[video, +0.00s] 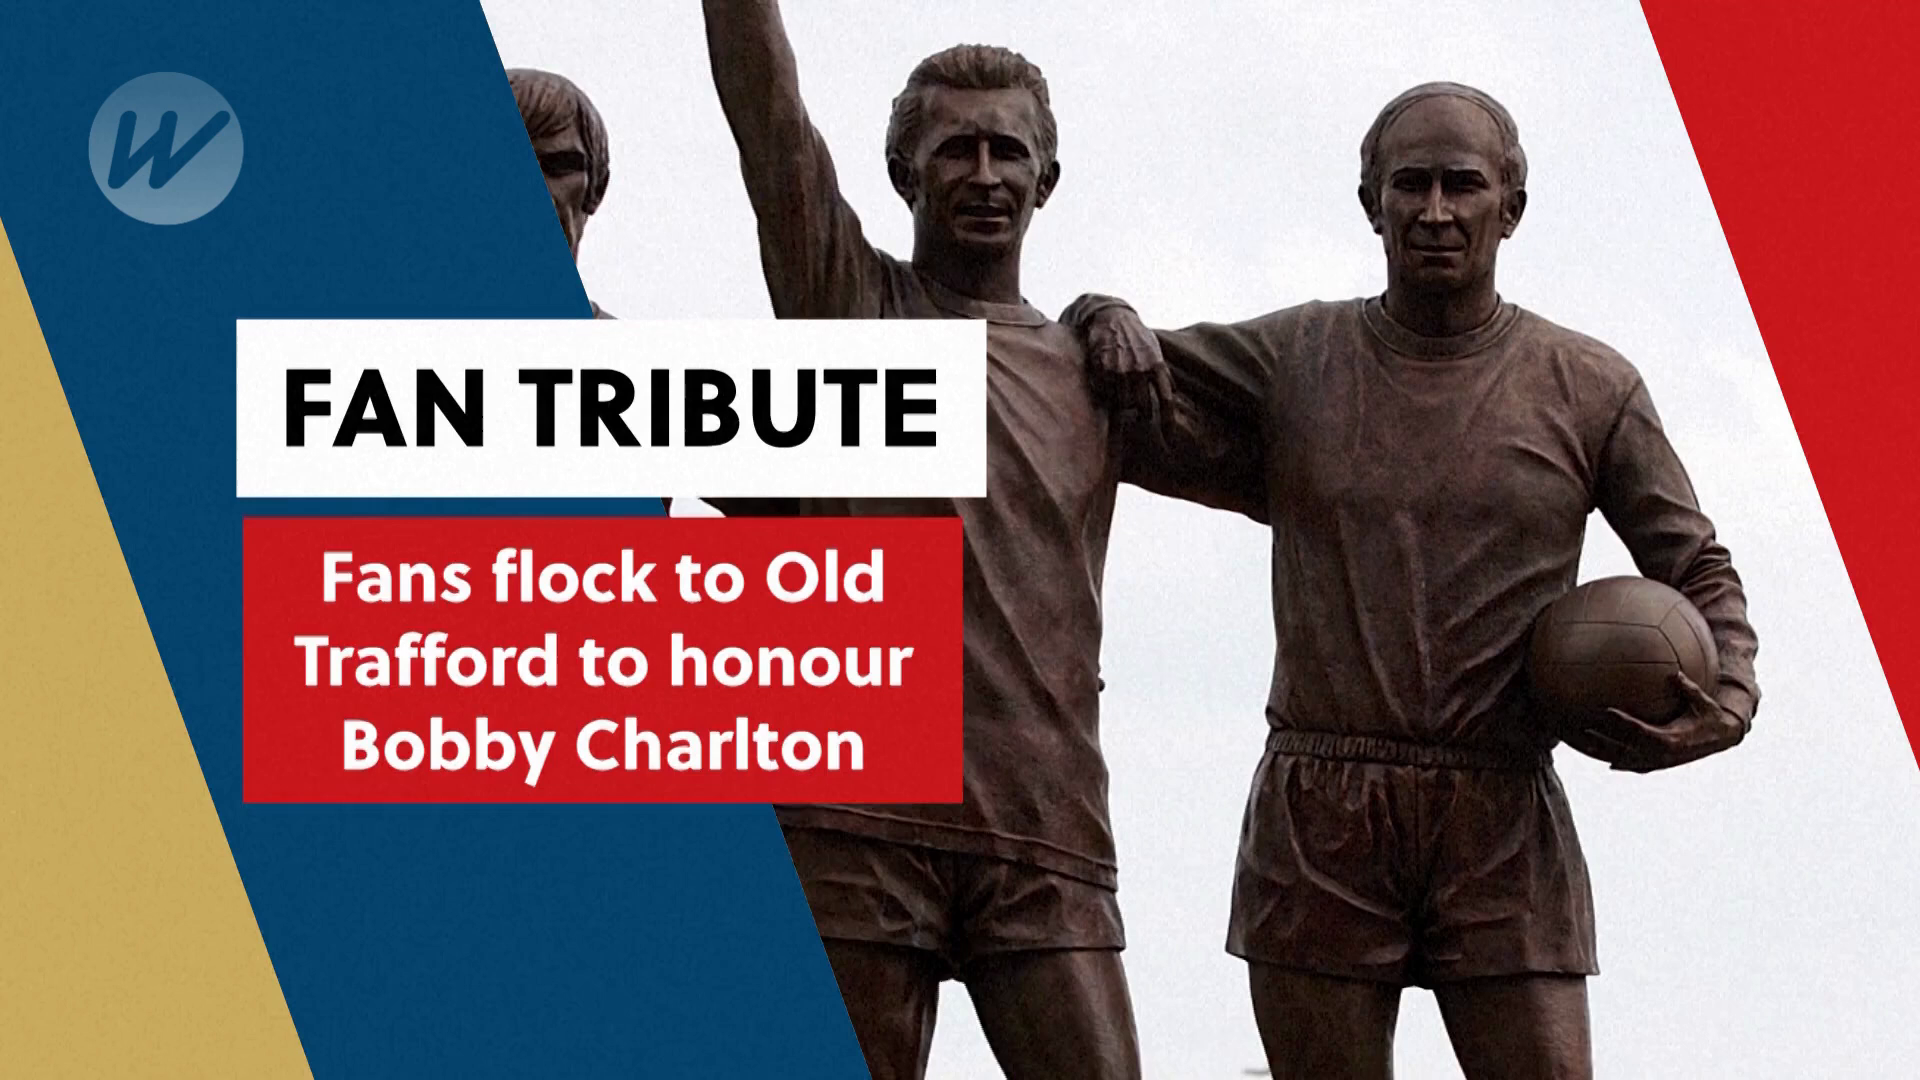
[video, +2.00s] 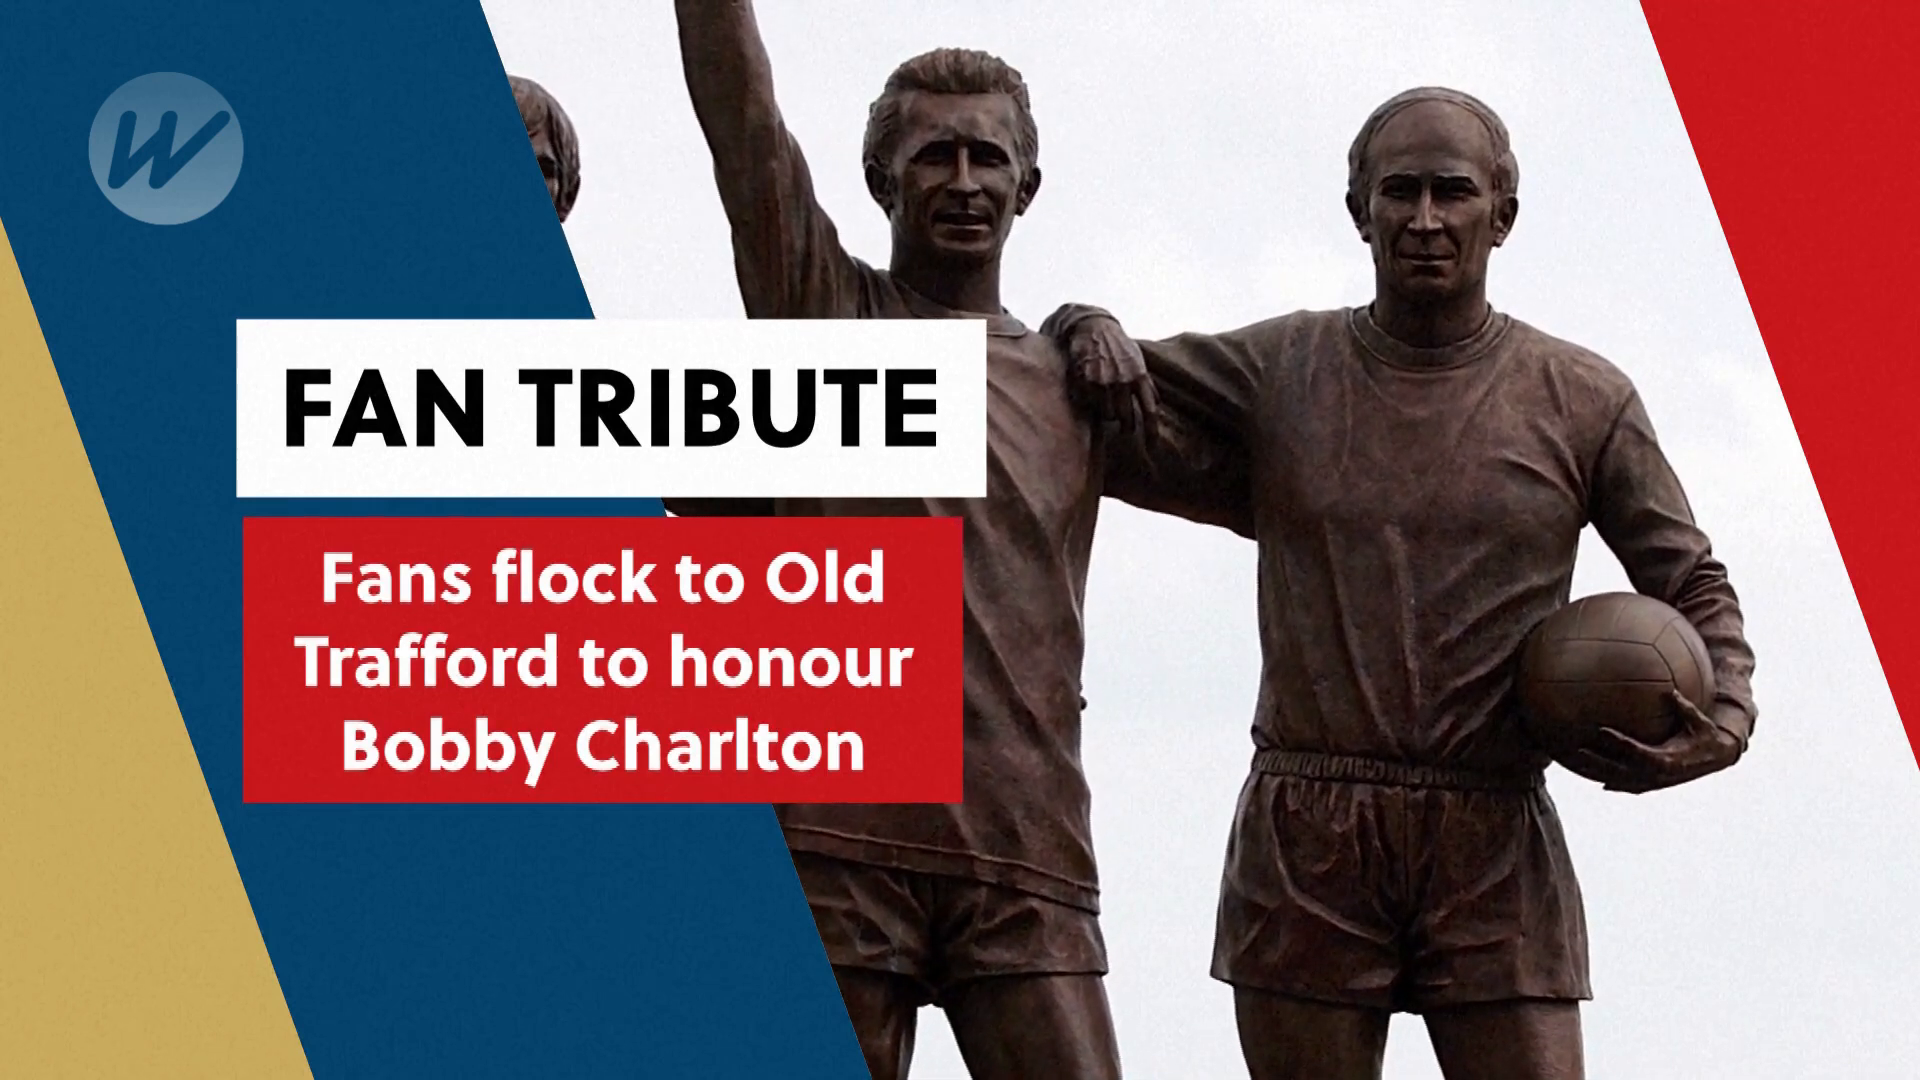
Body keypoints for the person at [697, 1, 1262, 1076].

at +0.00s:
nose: (985, 172)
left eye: (1009, 150)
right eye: (956, 149)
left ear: (1043, 177)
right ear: (903, 174)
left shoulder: (1094, 375)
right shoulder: (843, 303)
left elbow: (1293, 464)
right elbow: (761, 101)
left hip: (1047, 837)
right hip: (850, 827)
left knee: (1099, 1068)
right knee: (859, 1062)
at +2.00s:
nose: (963, 178)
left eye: (987, 156)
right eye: (933, 156)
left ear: (1024, 184)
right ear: (882, 182)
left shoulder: (1077, 388)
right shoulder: (820, 314)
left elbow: (1283, 482)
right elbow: (741, 122)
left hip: (1027, 859)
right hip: (833, 851)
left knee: (1079, 1067)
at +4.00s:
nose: (944, 185)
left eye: (968, 162)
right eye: (913, 162)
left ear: (1006, 192)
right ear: (860, 187)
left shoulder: (1060, 397)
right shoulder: (794, 325)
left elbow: (1269, 496)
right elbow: (714, 127)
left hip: (1007, 871)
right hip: (813, 870)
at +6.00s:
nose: (922, 193)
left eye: (948, 170)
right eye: (891, 169)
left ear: (987, 202)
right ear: (837, 196)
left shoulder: (1041, 406)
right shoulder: (770, 336)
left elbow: (1245, 508)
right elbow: (689, 130)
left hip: (989, 897)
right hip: (796, 891)